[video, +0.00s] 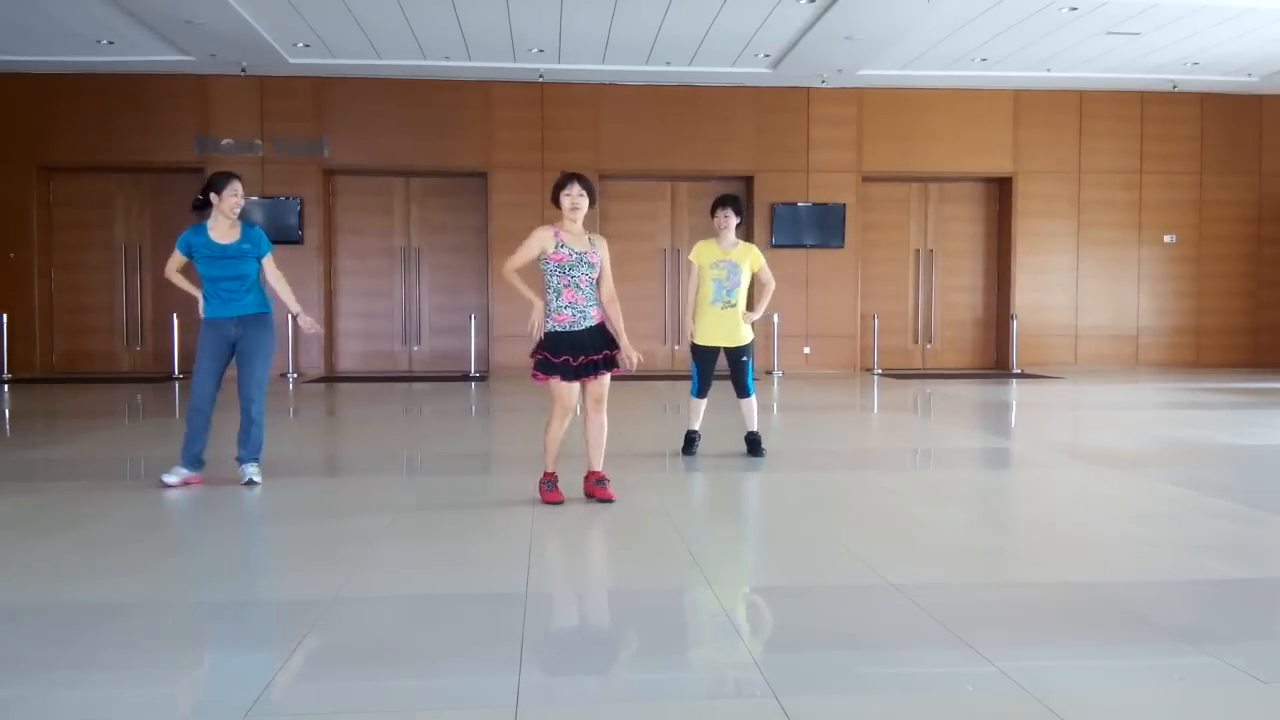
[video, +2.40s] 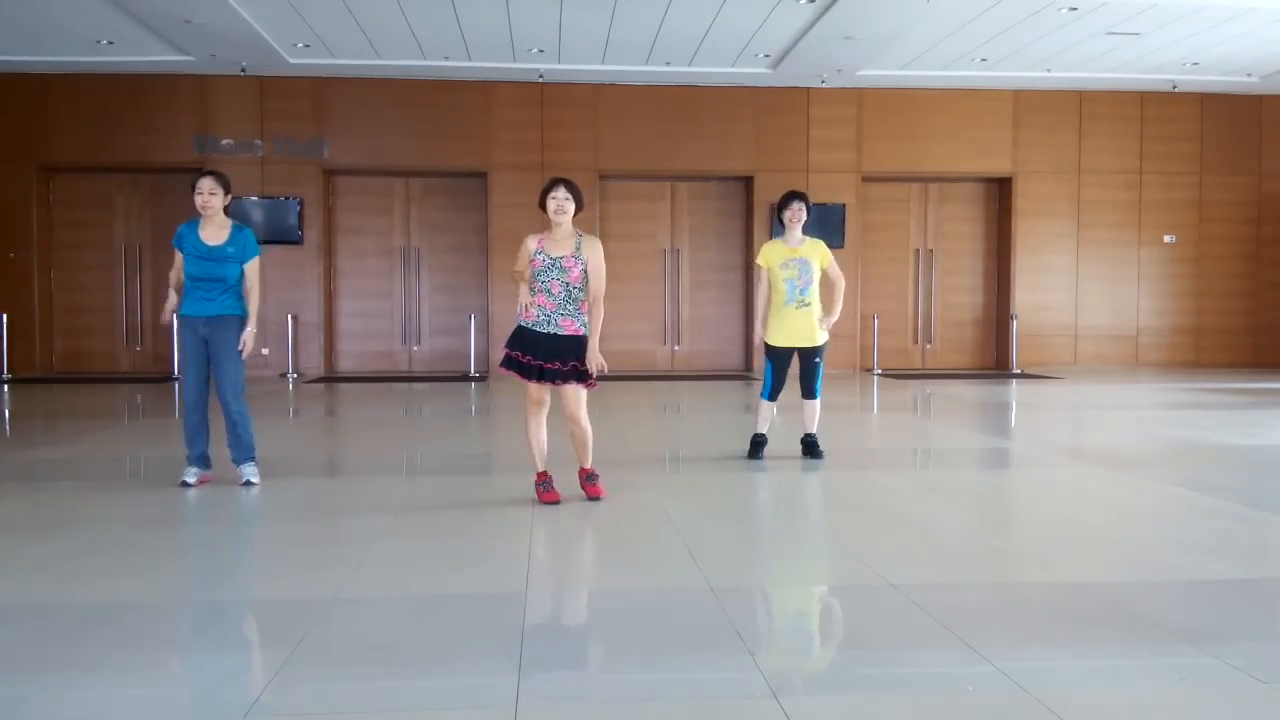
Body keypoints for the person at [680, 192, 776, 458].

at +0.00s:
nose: (721, 220)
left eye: (726, 216)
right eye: (717, 216)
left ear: (737, 220)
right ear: (713, 220)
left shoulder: (749, 252)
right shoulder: (701, 249)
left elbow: (768, 283)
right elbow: (692, 285)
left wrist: (757, 312)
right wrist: (688, 318)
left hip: (737, 329)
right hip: (704, 327)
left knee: (744, 386)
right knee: (700, 385)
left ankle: (753, 436)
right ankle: (692, 434)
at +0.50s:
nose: (737, 224)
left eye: (743, 219)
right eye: (732, 218)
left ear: (747, 224)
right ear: (722, 220)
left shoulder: (753, 254)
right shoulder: (707, 252)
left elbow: (769, 285)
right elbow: (694, 283)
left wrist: (762, 315)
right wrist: (685, 311)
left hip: (744, 330)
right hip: (711, 330)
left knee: (764, 383)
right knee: (703, 385)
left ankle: (786, 436)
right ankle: (693, 434)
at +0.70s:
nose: (760, 222)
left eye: (765, 218)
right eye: (754, 218)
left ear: (771, 223)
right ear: (745, 223)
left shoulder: (781, 256)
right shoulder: (734, 254)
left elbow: (795, 287)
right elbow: (719, 291)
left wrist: (789, 317)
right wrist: (712, 323)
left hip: (772, 331)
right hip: (737, 331)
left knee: (791, 382)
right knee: (721, 384)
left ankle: (805, 438)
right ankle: (697, 433)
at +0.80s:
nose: (770, 220)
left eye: (775, 215)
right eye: (765, 215)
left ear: (781, 220)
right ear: (756, 221)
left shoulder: (793, 253)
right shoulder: (745, 253)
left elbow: (811, 281)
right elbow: (735, 291)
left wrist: (805, 315)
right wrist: (729, 326)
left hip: (787, 329)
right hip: (753, 330)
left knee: (800, 385)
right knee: (735, 386)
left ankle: (806, 438)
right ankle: (714, 433)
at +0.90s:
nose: (779, 217)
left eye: (783, 212)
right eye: (773, 213)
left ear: (790, 217)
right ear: (764, 218)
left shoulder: (802, 250)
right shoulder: (754, 251)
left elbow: (821, 279)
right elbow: (747, 290)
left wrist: (815, 314)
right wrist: (743, 327)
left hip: (797, 329)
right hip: (763, 330)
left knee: (804, 387)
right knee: (751, 387)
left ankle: (807, 438)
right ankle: (740, 436)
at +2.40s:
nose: (795, 214)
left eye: (800, 210)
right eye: (790, 209)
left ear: (806, 215)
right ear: (781, 214)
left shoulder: (817, 247)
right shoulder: (769, 249)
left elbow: (839, 281)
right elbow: (762, 288)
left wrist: (833, 316)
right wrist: (758, 325)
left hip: (812, 329)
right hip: (778, 329)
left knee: (811, 389)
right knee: (772, 387)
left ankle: (810, 439)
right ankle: (759, 437)